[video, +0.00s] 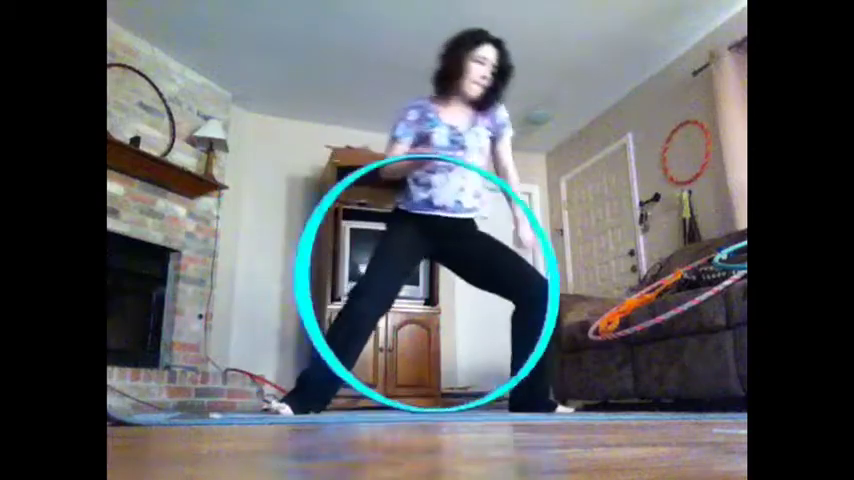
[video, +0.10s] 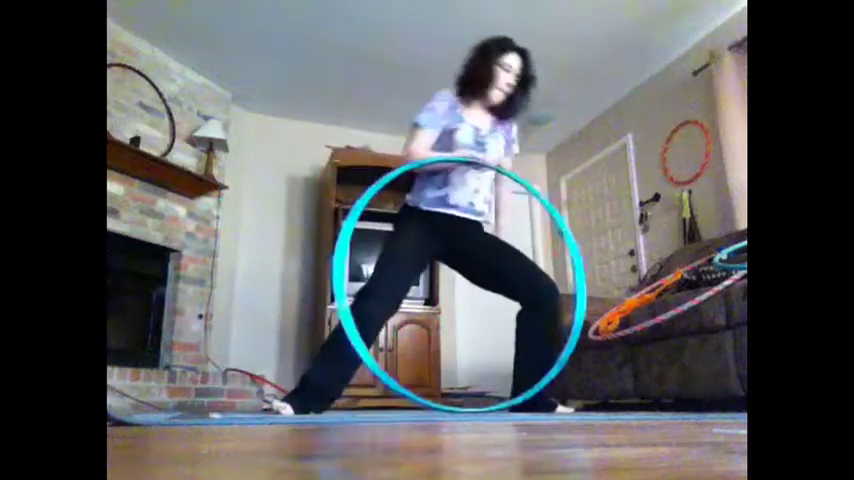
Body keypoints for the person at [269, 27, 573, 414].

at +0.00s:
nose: (486, 73)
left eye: (493, 68)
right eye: (479, 62)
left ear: (496, 77)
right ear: (456, 63)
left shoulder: (493, 117)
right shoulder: (419, 112)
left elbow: (509, 174)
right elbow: (388, 169)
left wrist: (523, 225)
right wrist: (417, 162)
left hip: (461, 232)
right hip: (411, 227)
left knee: (535, 290)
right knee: (364, 304)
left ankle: (531, 400)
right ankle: (303, 401)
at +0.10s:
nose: (509, 79)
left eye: (516, 75)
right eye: (505, 68)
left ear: (520, 84)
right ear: (484, 66)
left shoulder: (506, 127)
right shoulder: (446, 104)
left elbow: (501, 185)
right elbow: (412, 154)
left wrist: (497, 237)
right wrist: (457, 159)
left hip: (467, 231)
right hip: (421, 222)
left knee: (541, 292)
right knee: (374, 306)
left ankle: (532, 399)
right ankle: (303, 402)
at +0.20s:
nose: (523, 86)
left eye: (529, 81)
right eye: (518, 75)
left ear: (529, 88)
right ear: (498, 71)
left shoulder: (509, 131)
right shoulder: (464, 98)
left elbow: (499, 182)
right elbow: (435, 149)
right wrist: (485, 160)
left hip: (471, 230)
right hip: (428, 218)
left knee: (544, 292)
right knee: (379, 305)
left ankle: (533, 400)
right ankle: (304, 401)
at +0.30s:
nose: (531, 90)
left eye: (537, 87)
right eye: (527, 80)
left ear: (537, 97)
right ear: (509, 76)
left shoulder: (505, 133)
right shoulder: (480, 96)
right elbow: (459, 148)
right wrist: (516, 168)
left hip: (467, 228)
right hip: (432, 215)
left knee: (544, 293)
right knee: (379, 307)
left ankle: (534, 403)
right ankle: (304, 402)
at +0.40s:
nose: (536, 103)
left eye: (542, 99)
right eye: (534, 93)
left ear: (540, 104)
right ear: (519, 84)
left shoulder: (510, 125)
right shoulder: (498, 97)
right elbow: (503, 151)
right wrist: (553, 183)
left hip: (469, 227)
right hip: (438, 215)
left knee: (544, 292)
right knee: (384, 309)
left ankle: (530, 405)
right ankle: (304, 402)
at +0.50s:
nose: (542, 105)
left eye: (545, 102)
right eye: (541, 96)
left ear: (536, 105)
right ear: (527, 86)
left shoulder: (507, 125)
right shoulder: (505, 96)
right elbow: (524, 155)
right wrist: (572, 197)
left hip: (472, 228)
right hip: (439, 213)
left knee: (544, 294)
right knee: (391, 306)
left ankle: (532, 401)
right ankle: (306, 402)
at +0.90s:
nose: (507, 112)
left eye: (514, 109)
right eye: (509, 103)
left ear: (514, 107)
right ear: (499, 87)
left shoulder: (487, 124)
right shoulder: (464, 86)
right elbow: (466, 128)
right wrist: (516, 172)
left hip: (465, 220)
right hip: (423, 210)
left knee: (540, 293)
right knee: (375, 299)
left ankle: (533, 404)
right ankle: (307, 401)